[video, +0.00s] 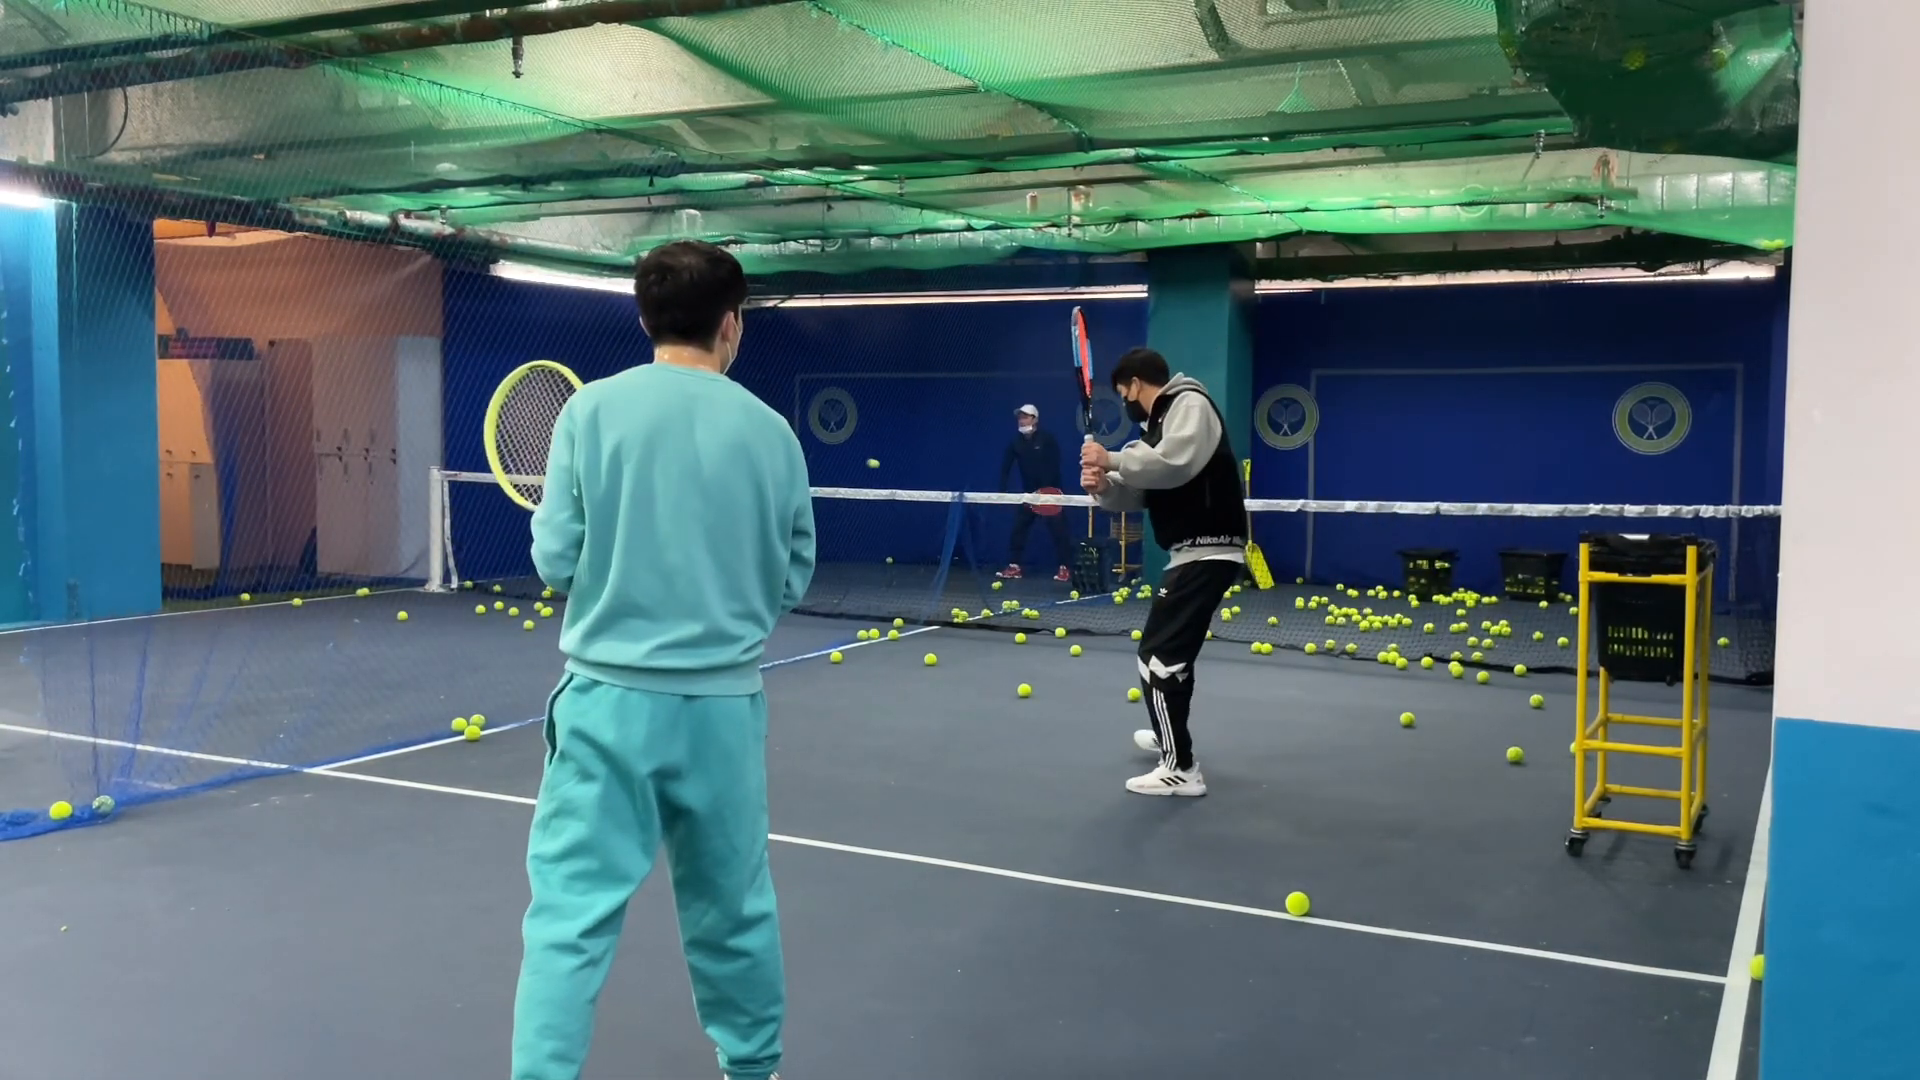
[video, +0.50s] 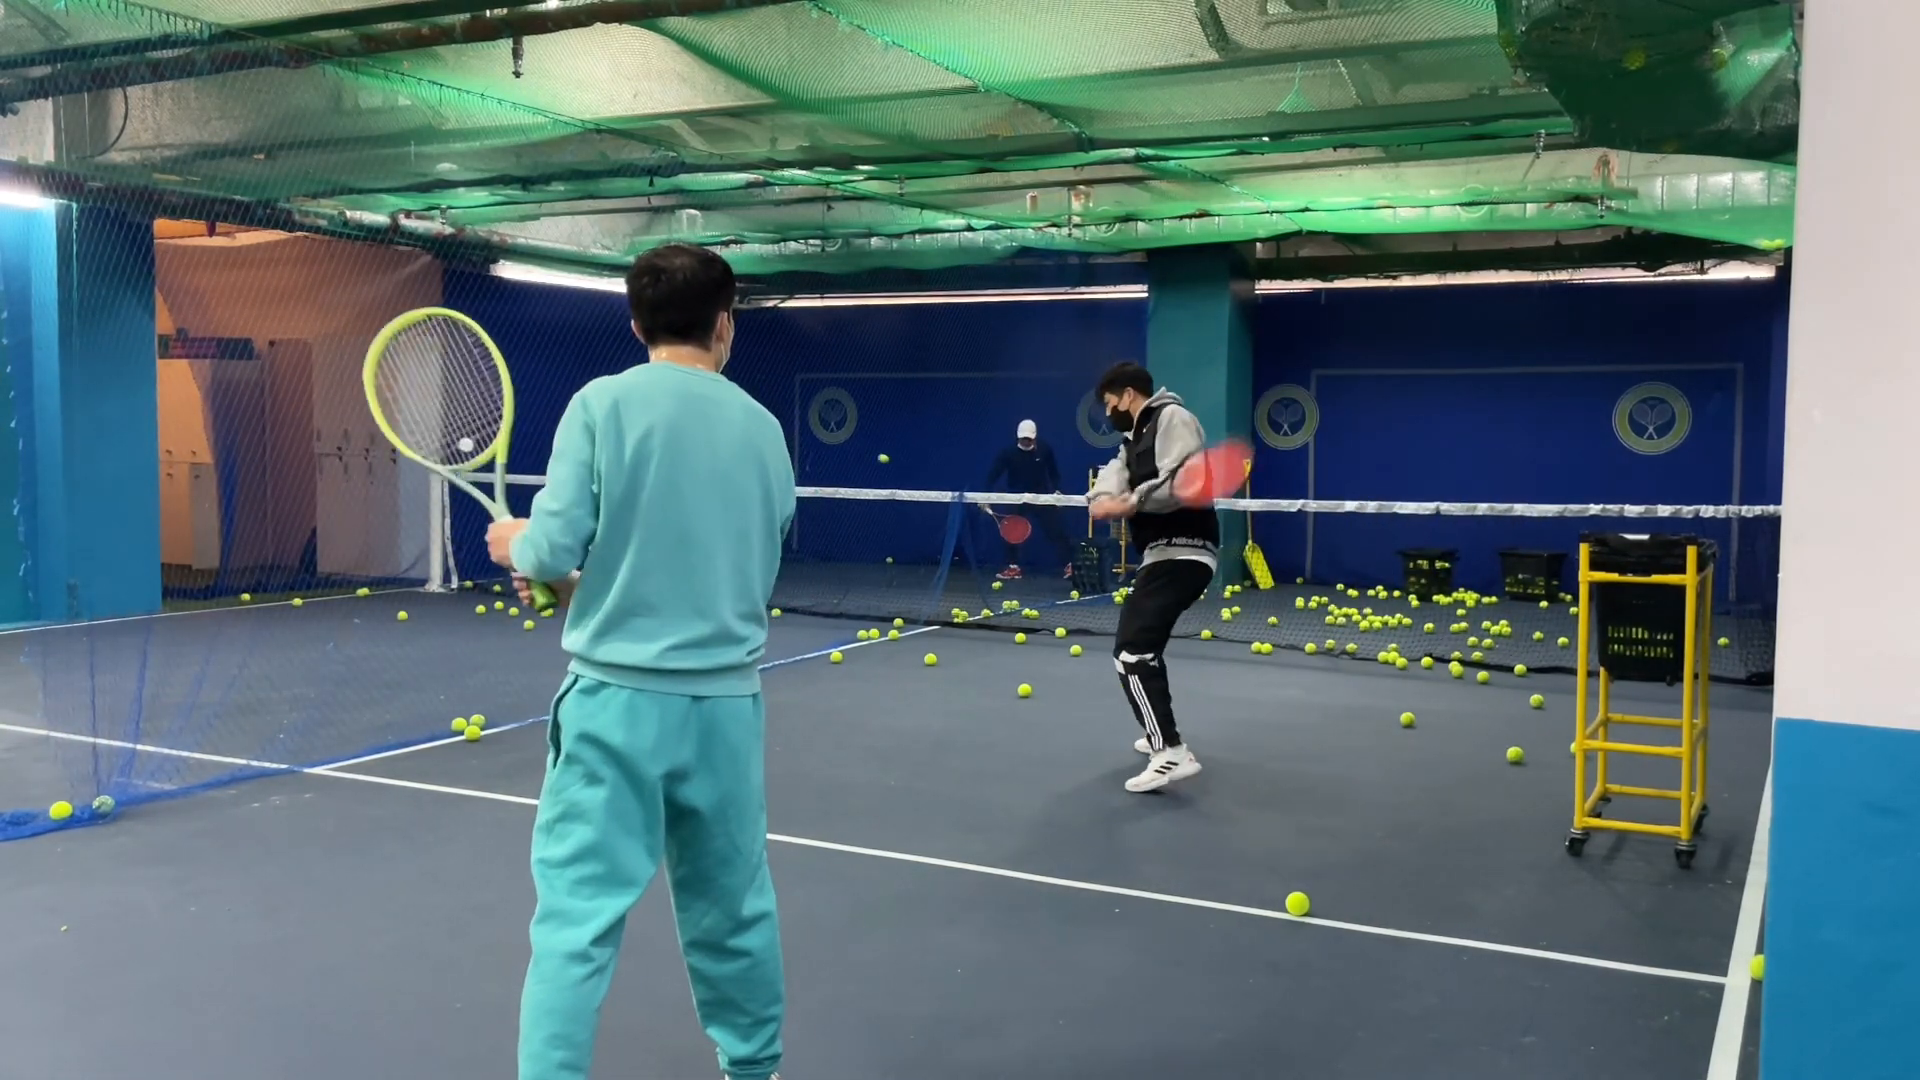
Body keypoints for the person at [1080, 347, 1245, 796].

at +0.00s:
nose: (1129, 405)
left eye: (1125, 395)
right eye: (1124, 398)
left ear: (1135, 383)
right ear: (1153, 380)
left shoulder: (1190, 403)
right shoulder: (1162, 421)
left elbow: (1175, 461)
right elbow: (1143, 492)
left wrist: (1111, 460)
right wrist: (1105, 486)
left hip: (1210, 553)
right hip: (1192, 553)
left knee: (1162, 655)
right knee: (1157, 649)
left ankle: (1180, 770)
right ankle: (1173, 735)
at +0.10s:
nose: (1116, 407)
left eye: (1115, 397)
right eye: (1114, 400)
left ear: (1128, 385)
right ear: (1138, 386)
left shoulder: (1185, 403)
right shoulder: (1153, 427)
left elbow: (1177, 459)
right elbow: (1133, 491)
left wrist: (1119, 454)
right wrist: (1104, 482)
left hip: (1205, 551)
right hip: (1184, 553)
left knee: (1160, 658)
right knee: (1151, 650)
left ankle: (1181, 770)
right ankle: (1167, 733)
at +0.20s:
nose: (1112, 406)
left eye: (1109, 398)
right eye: (1109, 400)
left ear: (1121, 388)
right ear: (1131, 385)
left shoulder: (1184, 405)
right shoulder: (1140, 432)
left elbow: (1181, 457)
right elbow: (1114, 495)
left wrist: (1126, 450)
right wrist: (1105, 472)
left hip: (1199, 551)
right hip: (1174, 553)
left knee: (1157, 658)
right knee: (1147, 651)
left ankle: (1180, 769)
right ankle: (1170, 734)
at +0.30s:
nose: (1109, 412)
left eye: (1109, 403)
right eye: (1105, 408)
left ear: (1126, 389)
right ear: (1118, 401)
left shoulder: (1184, 409)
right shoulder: (1128, 436)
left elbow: (1189, 460)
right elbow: (1110, 498)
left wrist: (1139, 450)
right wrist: (1113, 471)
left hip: (1196, 550)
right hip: (1165, 554)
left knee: (1153, 654)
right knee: (1140, 643)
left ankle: (1181, 767)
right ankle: (1169, 735)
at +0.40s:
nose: (1106, 415)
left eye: (1106, 405)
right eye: (1103, 409)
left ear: (1122, 394)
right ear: (1125, 398)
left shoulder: (1182, 413)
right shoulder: (1125, 444)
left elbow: (1196, 466)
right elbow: (1110, 498)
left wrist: (1149, 463)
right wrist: (1122, 476)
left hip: (1191, 552)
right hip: (1162, 556)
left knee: (1144, 652)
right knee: (1132, 642)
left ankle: (1179, 762)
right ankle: (1167, 734)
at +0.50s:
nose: (1110, 415)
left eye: (1111, 405)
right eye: (1108, 408)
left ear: (1129, 395)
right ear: (1131, 398)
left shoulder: (1173, 417)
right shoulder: (1137, 437)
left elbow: (1189, 482)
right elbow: (1114, 474)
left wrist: (1132, 501)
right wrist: (1104, 496)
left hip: (1183, 554)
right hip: (1160, 555)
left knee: (1135, 652)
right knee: (1133, 649)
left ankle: (1172, 751)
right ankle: (1162, 735)